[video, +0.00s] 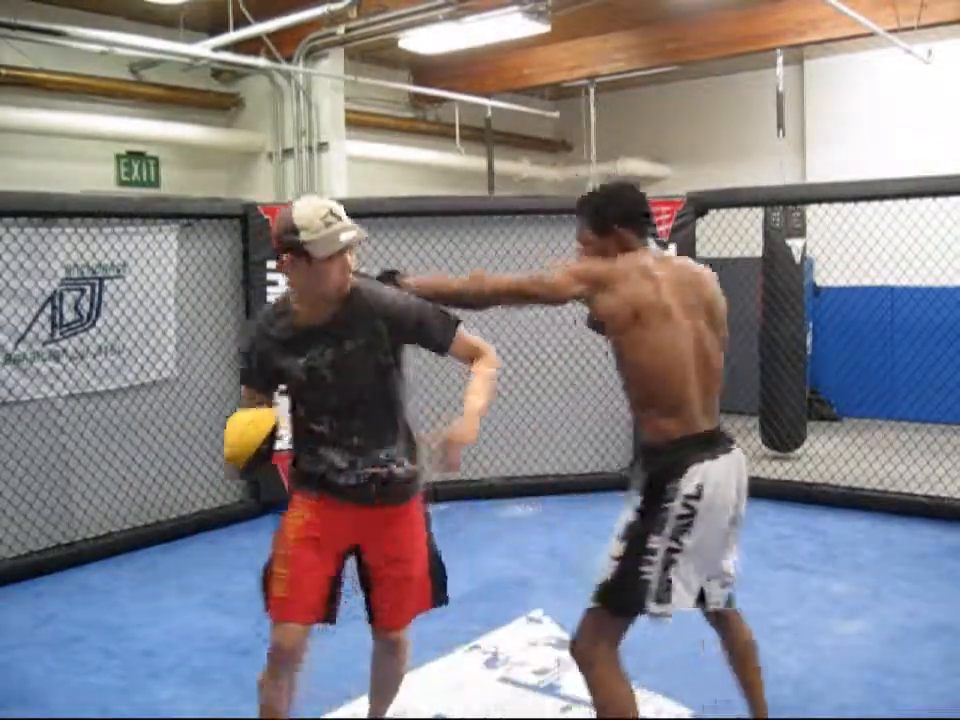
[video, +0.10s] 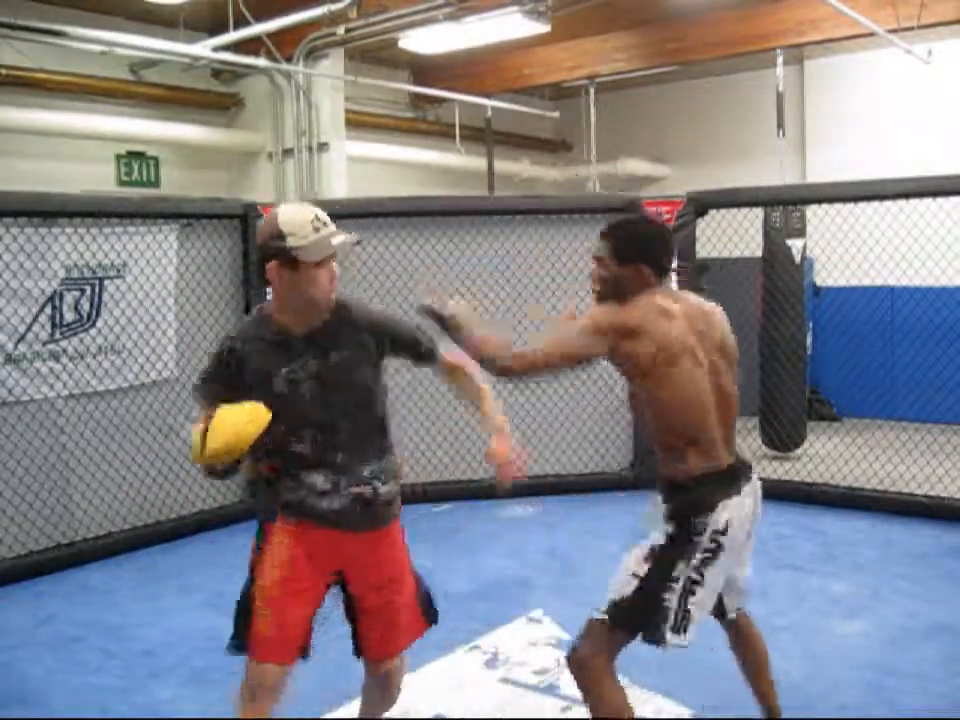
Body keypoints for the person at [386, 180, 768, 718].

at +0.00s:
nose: (579, 249)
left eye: (585, 238)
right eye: (579, 238)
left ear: (613, 235)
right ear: (641, 232)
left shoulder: (604, 276)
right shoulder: (701, 276)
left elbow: (484, 290)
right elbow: (714, 344)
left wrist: (398, 283)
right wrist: (617, 315)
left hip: (680, 479)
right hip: (725, 465)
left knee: (593, 647)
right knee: (721, 607)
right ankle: (760, 712)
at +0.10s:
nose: (594, 271)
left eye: (603, 262)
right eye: (595, 260)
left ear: (639, 270)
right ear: (655, 270)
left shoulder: (620, 323)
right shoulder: (709, 313)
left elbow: (510, 363)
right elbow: (723, 397)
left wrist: (456, 323)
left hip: (700, 509)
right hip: (739, 489)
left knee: (589, 659)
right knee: (732, 613)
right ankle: (773, 710)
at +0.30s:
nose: (580, 261)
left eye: (593, 252)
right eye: (580, 249)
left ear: (634, 253)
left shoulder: (687, 313)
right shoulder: (614, 305)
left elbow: (701, 407)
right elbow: (569, 341)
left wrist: (616, 366)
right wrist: (536, 326)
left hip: (695, 481)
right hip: (666, 477)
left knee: (625, 652)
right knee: (709, 609)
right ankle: (769, 711)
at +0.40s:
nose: (576, 260)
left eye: (589, 249)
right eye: (576, 246)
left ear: (632, 250)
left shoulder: (688, 302)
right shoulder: (589, 278)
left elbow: (729, 411)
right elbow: (493, 298)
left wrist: (639, 355)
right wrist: (447, 284)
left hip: (694, 473)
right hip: (646, 468)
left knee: (636, 651)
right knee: (702, 609)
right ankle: (776, 709)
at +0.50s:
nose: (569, 261)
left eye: (581, 249)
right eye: (568, 248)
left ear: (626, 244)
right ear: (616, 243)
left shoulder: (690, 295)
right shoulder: (581, 277)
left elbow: (723, 411)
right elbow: (509, 305)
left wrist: (638, 358)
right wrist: (472, 310)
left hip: (681, 472)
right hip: (633, 468)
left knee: (636, 651)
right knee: (687, 609)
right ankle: (765, 702)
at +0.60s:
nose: (571, 261)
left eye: (581, 248)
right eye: (569, 248)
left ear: (625, 241)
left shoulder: (690, 295)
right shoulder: (582, 282)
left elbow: (719, 413)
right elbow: (535, 363)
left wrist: (637, 365)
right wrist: (532, 354)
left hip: (674, 472)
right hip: (621, 463)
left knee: (637, 647)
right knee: (662, 610)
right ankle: (716, 703)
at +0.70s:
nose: (569, 266)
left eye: (577, 254)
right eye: (566, 253)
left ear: (620, 248)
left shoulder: (682, 298)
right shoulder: (584, 286)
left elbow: (714, 408)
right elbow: (590, 364)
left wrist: (637, 376)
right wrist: (568, 379)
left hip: (663, 473)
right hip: (614, 465)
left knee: (639, 645)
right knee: (640, 629)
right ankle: (668, 708)